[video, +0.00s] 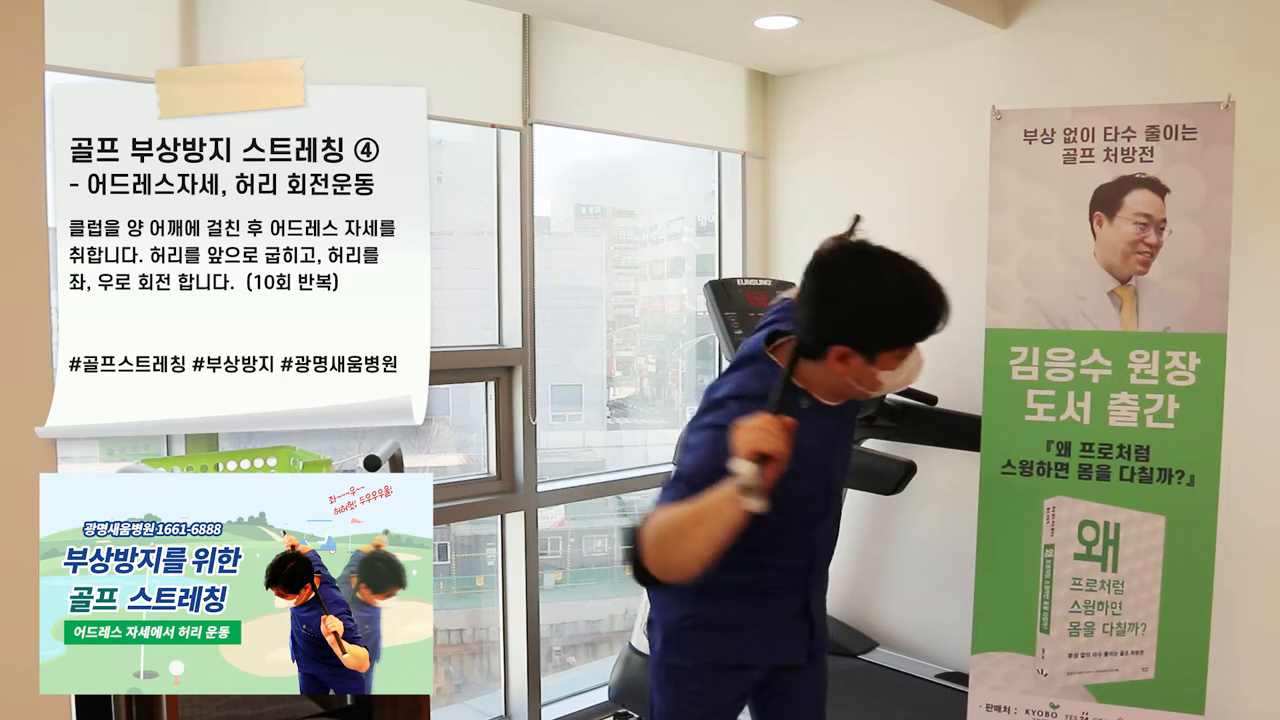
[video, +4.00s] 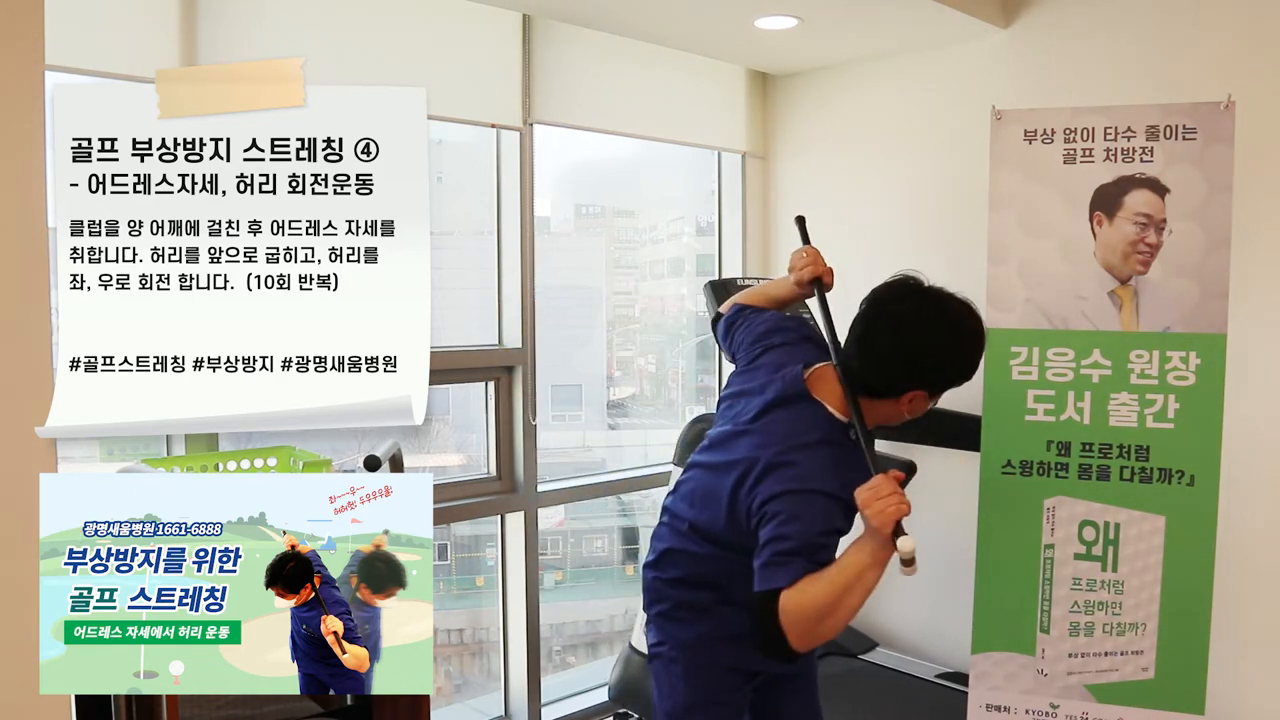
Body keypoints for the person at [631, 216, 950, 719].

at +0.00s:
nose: (898, 374)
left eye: (903, 361)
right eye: (892, 364)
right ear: (844, 360)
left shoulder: (813, 331)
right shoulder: (740, 408)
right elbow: (659, 561)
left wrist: (883, 372)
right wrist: (744, 488)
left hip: (796, 629)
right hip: (704, 644)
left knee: (799, 712)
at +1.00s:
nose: (941, 388)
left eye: (945, 378)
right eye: (938, 378)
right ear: (893, 372)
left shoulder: (805, 337)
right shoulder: (778, 426)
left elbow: (769, 310)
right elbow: (728, 576)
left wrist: (830, 290)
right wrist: (822, 494)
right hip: (710, 651)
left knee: (791, 710)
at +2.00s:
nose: (606, 428)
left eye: (622, 420)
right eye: (598, 415)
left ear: (686, 395)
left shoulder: (756, 454)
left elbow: (853, 597)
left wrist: (795, 529)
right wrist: (612, 294)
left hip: (756, 628)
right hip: (651, 614)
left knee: (780, 711)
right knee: (649, 713)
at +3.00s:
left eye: (733, 441)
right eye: (690, 456)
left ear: (750, 409)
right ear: (658, 428)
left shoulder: (801, 409)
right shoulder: (608, 420)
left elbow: (907, 435)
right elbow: (510, 450)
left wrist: (889, 405)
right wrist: (521, 422)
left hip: (780, 624)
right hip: (664, 631)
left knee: (794, 711)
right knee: (659, 711)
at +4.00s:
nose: (933, 402)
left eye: (941, 392)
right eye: (938, 393)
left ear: (860, 334)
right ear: (912, 403)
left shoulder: (786, 344)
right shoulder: (810, 478)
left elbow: (734, 311)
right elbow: (794, 629)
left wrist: (793, 285)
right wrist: (874, 542)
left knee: (795, 709)